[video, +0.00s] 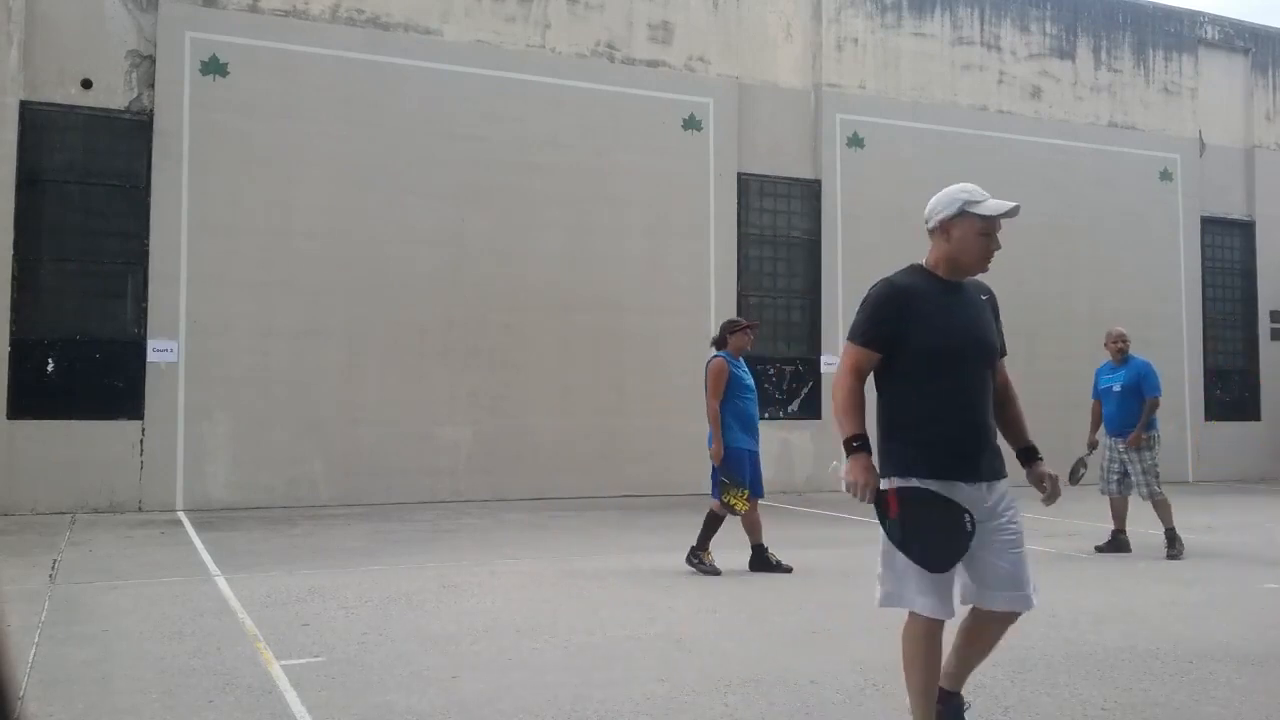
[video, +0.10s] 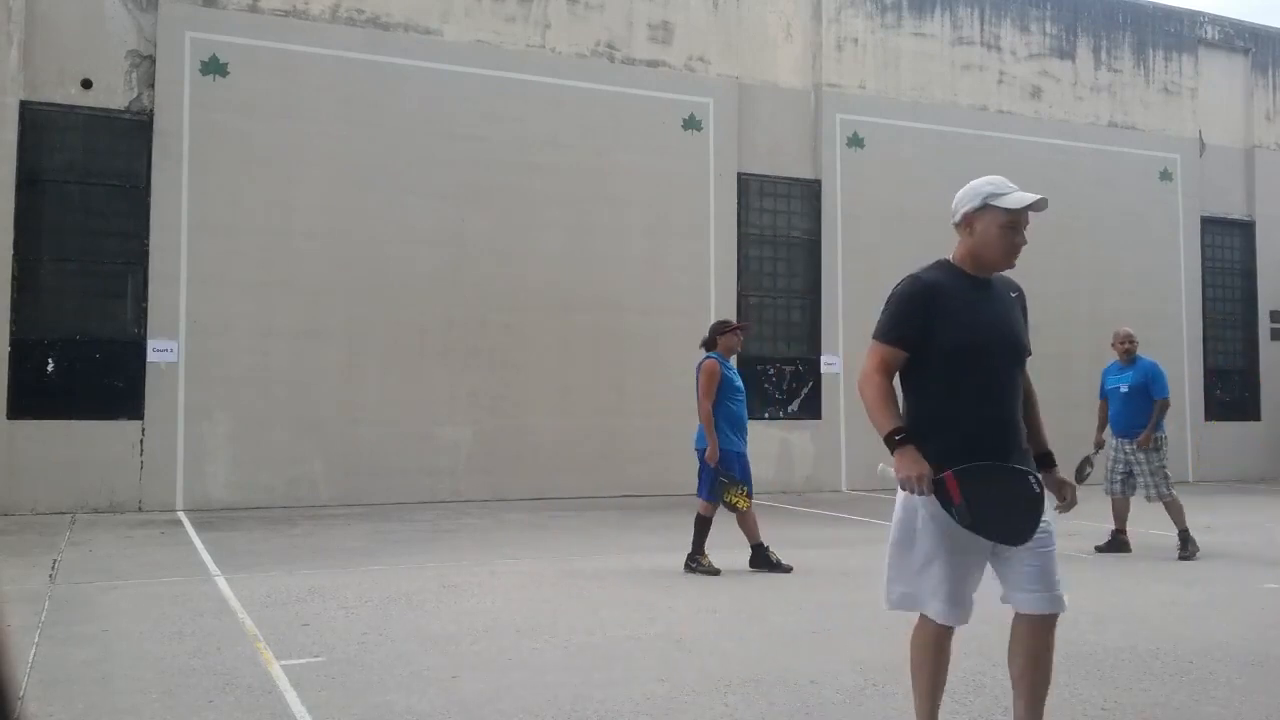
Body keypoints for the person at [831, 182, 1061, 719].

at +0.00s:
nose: (999, 239)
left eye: (998, 228)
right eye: (988, 227)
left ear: (964, 234)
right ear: (946, 230)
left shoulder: (983, 298)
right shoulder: (893, 294)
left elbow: (998, 383)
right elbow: (850, 374)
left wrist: (1030, 457)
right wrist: (856, 451)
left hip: (987, 483)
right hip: (919, 484)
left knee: (1005, 598)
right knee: (929, 607)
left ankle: (946, 692)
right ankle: (923, 715)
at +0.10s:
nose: (1024, 235)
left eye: (1024, 224)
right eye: (1012, 224)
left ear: (1009, 231)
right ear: (968, 224)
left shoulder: (1011, 294)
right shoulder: (920, 290)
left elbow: (1018, 382)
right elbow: (873, 375)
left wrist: (1046, 464)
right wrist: (900, 445)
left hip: (1012, 485)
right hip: (941, 486)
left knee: (1040, 608)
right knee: (939, 614)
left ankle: (1029, 717)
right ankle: (925, 717)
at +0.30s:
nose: (1098, 229)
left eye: (1101, 219)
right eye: (1085, 217)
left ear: (1101, 224)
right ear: (1039, 219)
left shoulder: (1087, 297)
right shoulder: (991, 294)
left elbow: (1083, 395)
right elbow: (941, 382)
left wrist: (1103, 471)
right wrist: (975, 454)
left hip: (1084, 502)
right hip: (1010, 502)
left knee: (1112, 637)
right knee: (982, 629)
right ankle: (940, 715)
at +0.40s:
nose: (1142, 224)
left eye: (1144, 214)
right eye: (1128, 212)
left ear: (1145, 217)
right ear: (1080, 211)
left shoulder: (1129, 291)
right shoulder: (1027, 287)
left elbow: (1136, 397)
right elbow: (976, 378)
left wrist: (1161, 480)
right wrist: (1000, 459)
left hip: (1132, 501)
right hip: (1052, 505)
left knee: (1151, 645)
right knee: (1042, 652)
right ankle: (982, 711)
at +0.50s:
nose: (1184, 215)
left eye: (1187, 204)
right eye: (1172, 201)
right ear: (1120, 198)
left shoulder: (1165, 285)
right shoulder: (1059, 277)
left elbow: (1184, 392)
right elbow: (1005, 373)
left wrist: (1227, 479)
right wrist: (1016, 467)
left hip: (1173, 502)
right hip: (1094, 501)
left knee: (1169, 653)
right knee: (1113, 654)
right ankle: (1064, 717)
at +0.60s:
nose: (1227, 209)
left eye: (1228, 195)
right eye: (1214, 192)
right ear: (1162, 188)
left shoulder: (1201, 278)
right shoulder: (1091, 270)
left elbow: (1232, 387)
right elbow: (1032, 370)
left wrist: (1277, 448)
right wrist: (1026, 468)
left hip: (1203, 496)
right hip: (1128, 495)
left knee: (1180, 653)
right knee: (1179, 652)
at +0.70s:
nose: (1270, 206)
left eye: (1271, 192)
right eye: (1258, 189)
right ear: (1203, 184)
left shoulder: (1241, 276)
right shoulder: (1124, 272)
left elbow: (1271, 379)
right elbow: (1061, 374)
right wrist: (1044, 474)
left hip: (1240, 504)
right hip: (1163, 506)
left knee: (1177, 663)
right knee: (1220, 675)